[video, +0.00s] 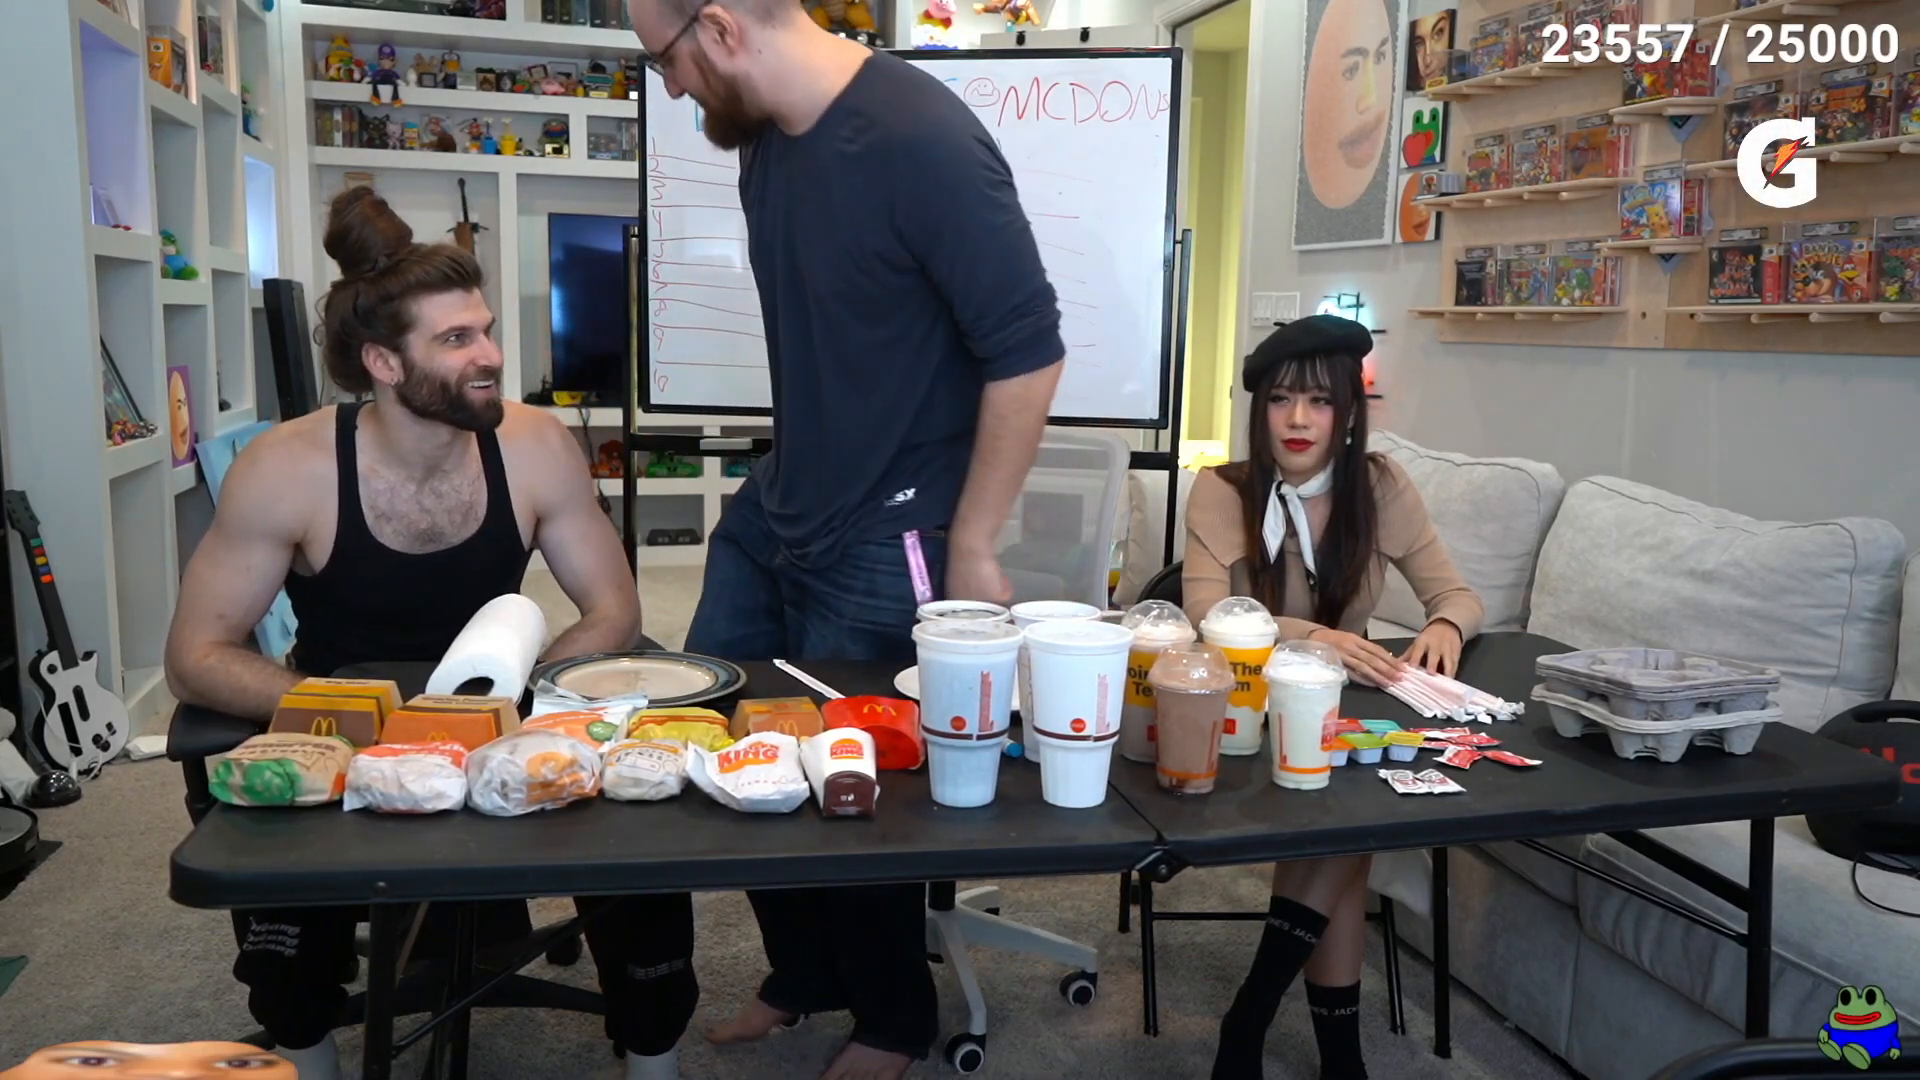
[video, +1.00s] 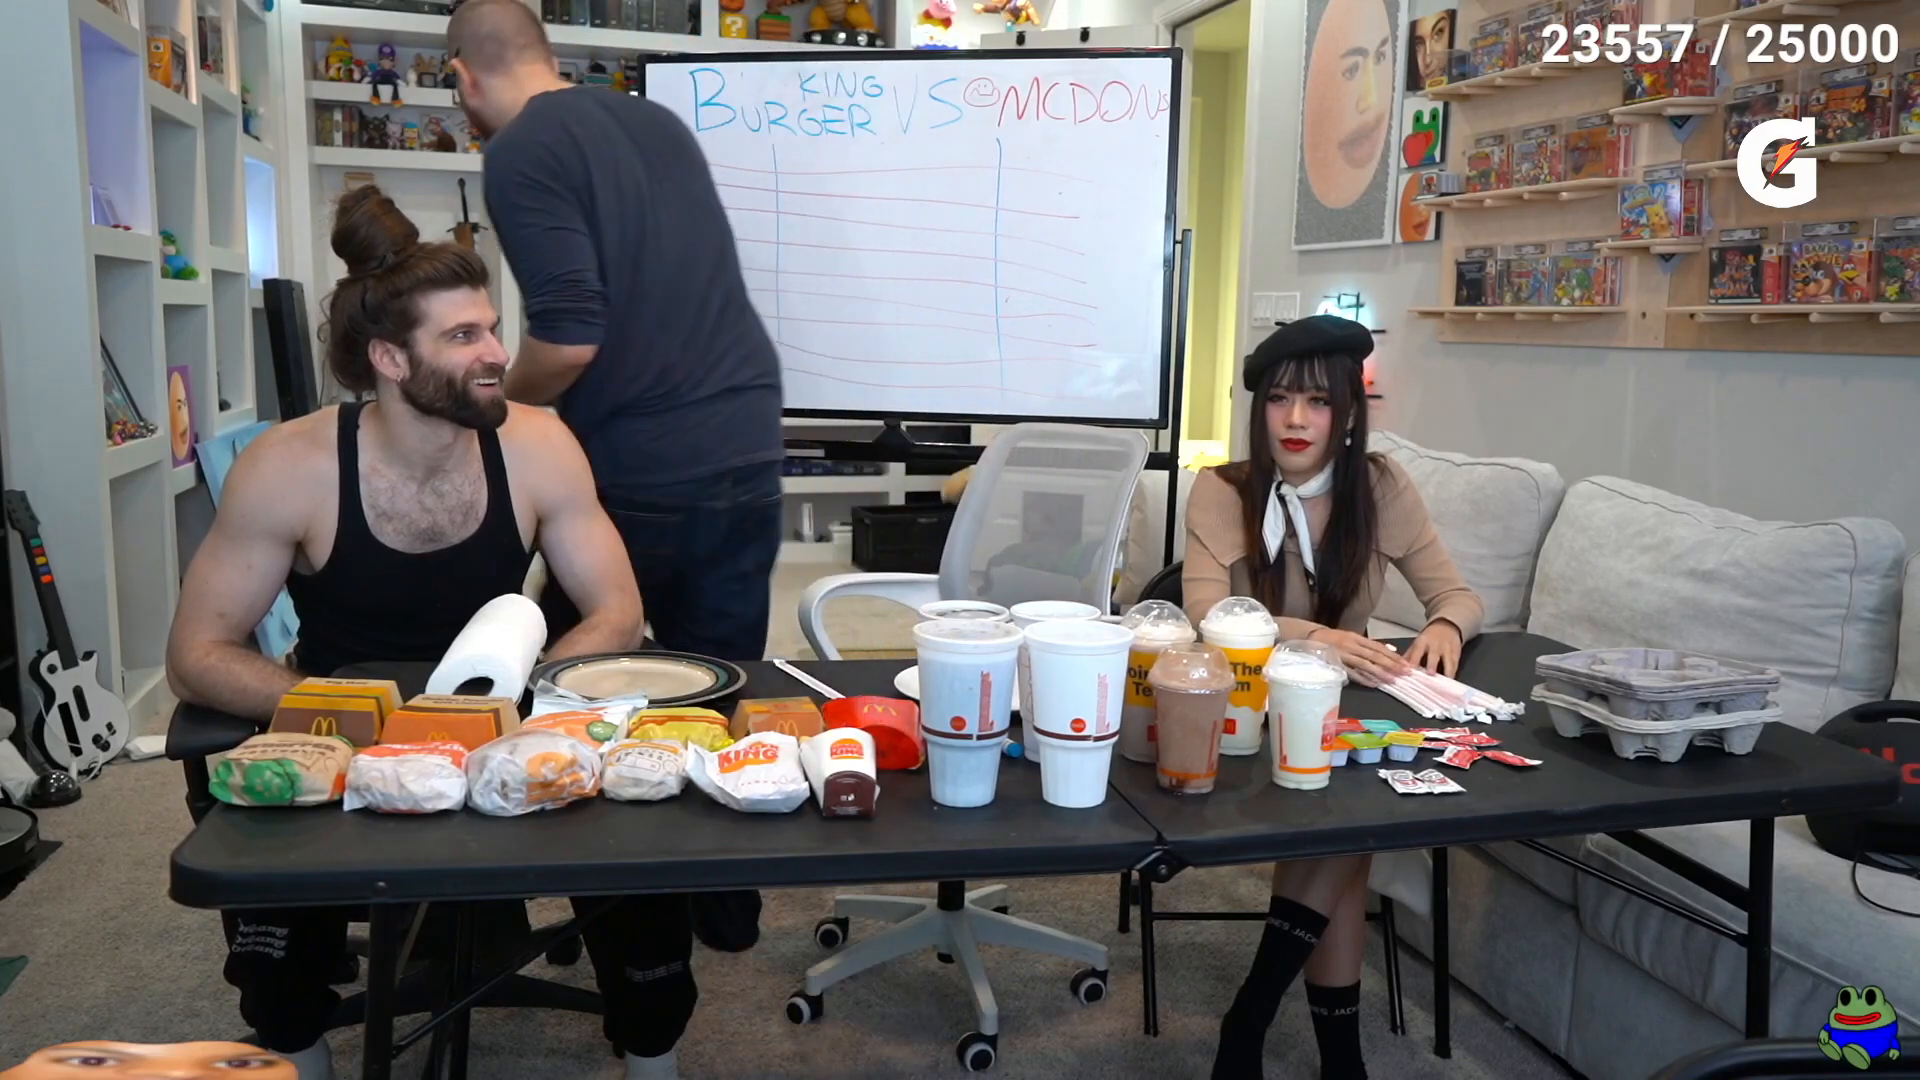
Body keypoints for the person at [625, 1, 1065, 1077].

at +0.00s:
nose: (671, 86)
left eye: (664, 58)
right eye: (659, 65)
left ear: (722, 27)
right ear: (729, 28)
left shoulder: (924, 139)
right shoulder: (764, 144)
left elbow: (1027, 351)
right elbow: (809, 339)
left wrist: (973, 539)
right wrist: (786, 477)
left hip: (887, 536)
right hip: (772, 513)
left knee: (862, 799)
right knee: (737, 756)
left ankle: (898, 1024)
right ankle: (801, 975)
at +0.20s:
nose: (634, 79)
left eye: (623, 49)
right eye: (621, 55)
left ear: (671, 20)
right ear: (686, 18)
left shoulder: (854, 121)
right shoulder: (765, 122)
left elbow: (972, 335)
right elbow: (827, 328)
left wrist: (894, 521)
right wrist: (784, 485)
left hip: (866, 522)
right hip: (783, 505)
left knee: (850, 771)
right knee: (716, 730)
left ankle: (893, 1025)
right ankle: (770, 980)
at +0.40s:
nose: (602, 86)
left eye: (589, 56)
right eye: (588, 64)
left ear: (621, 23)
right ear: (650, 18)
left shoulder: (783, 93)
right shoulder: (741, 111)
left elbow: (885, 311)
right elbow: (793, 318)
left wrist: (758, 463)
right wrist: (753, 464)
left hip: (860, 481)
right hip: (794, 478)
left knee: (809, 734)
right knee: (692, 691)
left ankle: (897, 1022)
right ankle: (724, 941)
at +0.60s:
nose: (568, 84)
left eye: (560, 57)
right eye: (558, 65)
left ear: (586, 24)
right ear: (638, 15)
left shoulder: (714, 100)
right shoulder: (717, 94)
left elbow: (757, 317)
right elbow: (758, 311)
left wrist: (652, 381)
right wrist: (664, 382)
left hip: (792, 472)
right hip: (766, 468)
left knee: (778, 741)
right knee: (703, 703)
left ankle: (894, 1016)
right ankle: (719, 903)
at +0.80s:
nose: (519, 77)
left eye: (512, 53)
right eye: (517, 56)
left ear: (530, 32)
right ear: (607, 21)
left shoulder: (620, 120)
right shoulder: (707, 101)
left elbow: (654, 331)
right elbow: (734, 291)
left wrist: (564, 359)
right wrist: (614, 359)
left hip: (715, 460)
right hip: (779, 441)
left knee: (699, 719)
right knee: (718, 697)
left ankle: (856, 956)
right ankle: (721, 902)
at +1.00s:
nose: (462, 110)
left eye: (455, 92)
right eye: (457, 94)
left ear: (465, 75)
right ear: (548, 51)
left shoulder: (523, 154)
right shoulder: (658, 122)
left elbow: (570, 334)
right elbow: (689, 280)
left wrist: (496, 413)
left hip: (642, 473)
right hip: (746, 458)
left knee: (627, 689)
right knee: (728, 684)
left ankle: (631, 915)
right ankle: (727, 902)